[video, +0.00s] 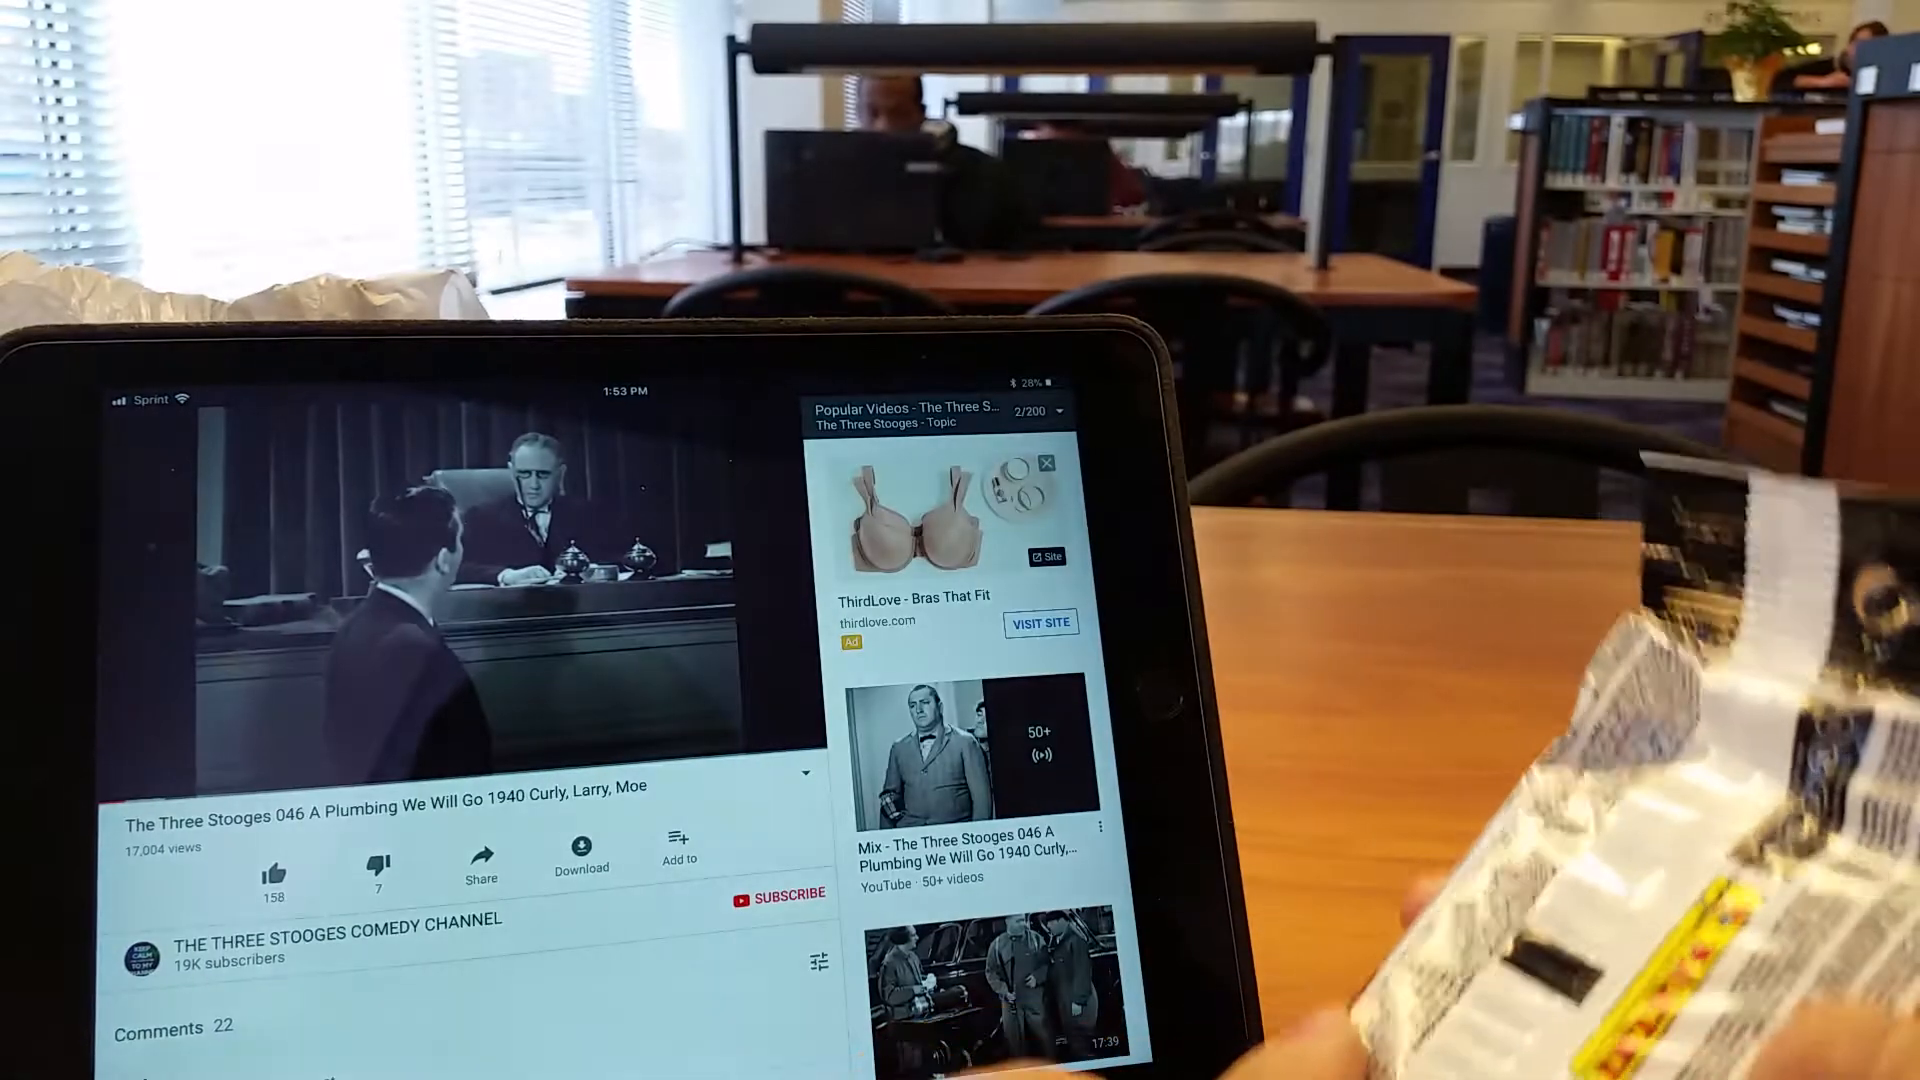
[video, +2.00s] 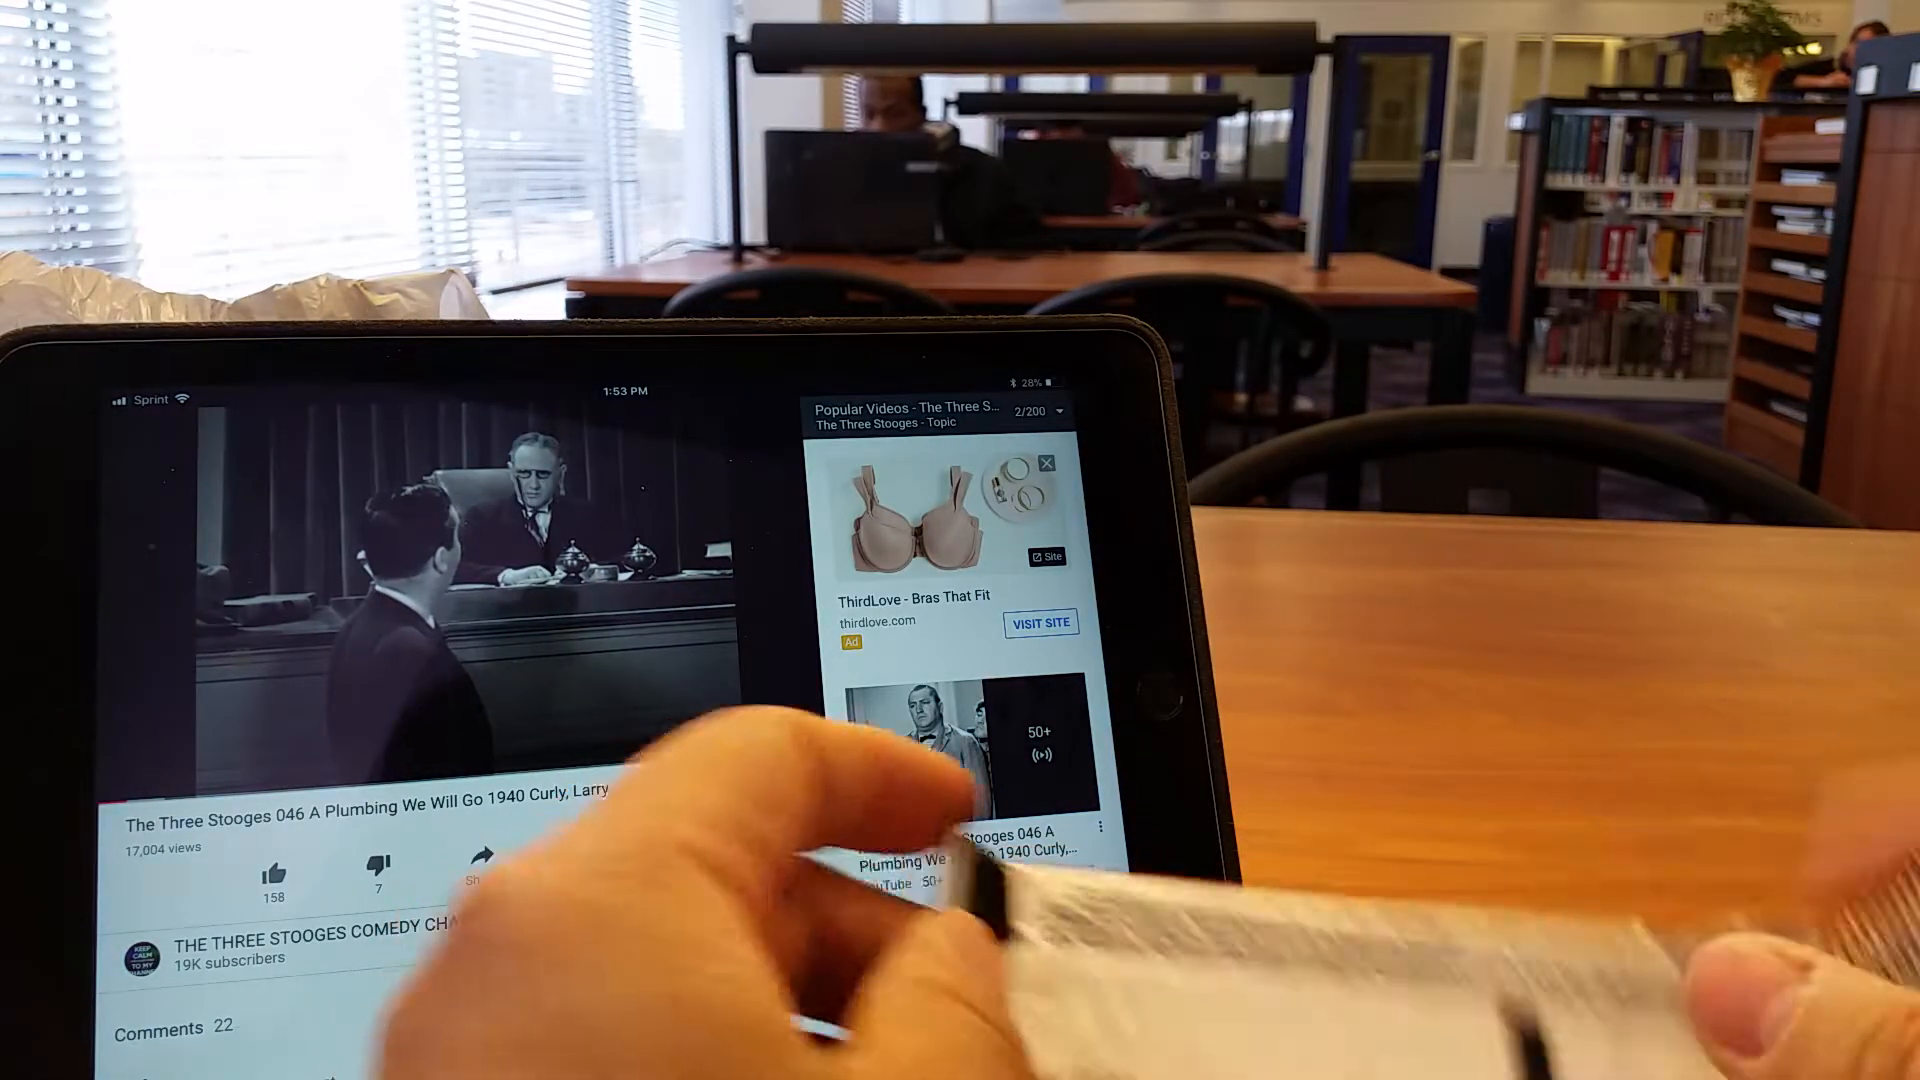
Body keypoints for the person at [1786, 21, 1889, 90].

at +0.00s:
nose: (1858, 49)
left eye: (1865, 45)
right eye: (1856, 42)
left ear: (1879, 50)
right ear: (1849, 44)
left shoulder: (1883, 77)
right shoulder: (1831, 67)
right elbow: (1782, 80)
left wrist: (1855, 84)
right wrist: (1826, 82)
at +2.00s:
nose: (1860, 50)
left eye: (1868, 46)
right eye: (1858, 43)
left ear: (1880, 50)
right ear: (1849, 44)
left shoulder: (1884, 77)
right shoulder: (1828, 68)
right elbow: (1780, 80)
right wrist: (1825, 82)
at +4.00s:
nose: (1859, 50)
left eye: (1867, 45)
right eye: (1857, 42)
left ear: (1880, 50)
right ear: (1849, 44)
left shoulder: (1885, 77)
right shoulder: (1830, 68)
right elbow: (1781, 79)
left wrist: (1855, 85)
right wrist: (1823, 82)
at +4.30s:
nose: (1860, 49)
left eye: (1867, 45)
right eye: (1858, 43)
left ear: (1880, 50)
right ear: (1850, 43)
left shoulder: (1885, 76)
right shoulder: (1831, 68)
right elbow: (1782, 79)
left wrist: (1857, 85)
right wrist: (1825, 82)